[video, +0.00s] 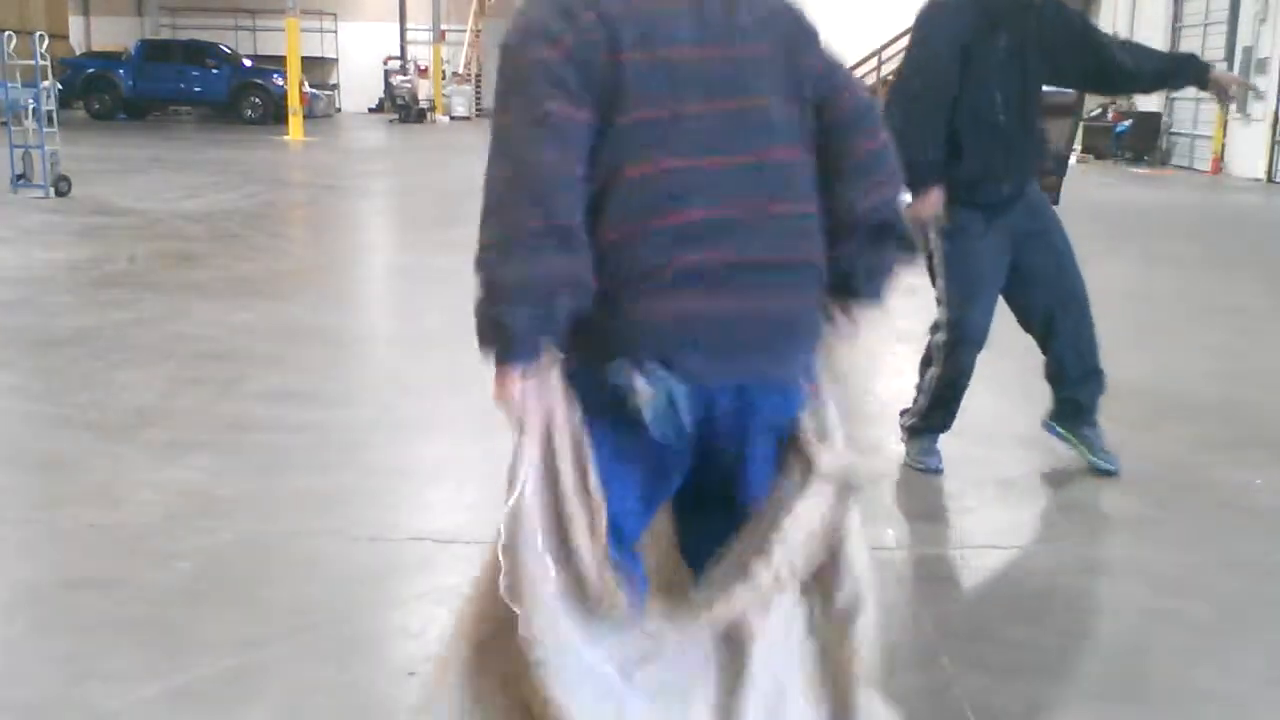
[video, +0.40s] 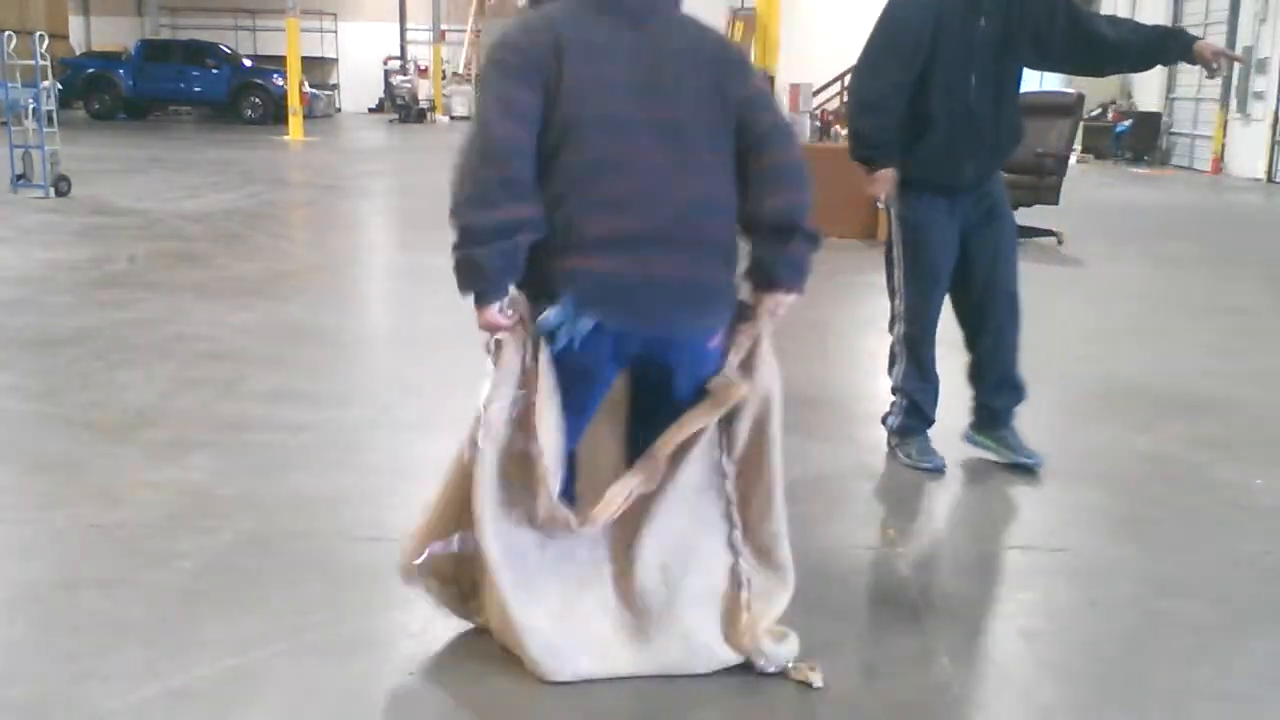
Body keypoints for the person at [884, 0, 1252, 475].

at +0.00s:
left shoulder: (1044, 17)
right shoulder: (949, 15)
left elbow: (1109, 60)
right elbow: (914, 96)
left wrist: (1198, 72)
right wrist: (925, 179)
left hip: (1019, 195)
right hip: (960, 201)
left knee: (1066, 304)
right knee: (964, 327)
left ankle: (1073, 415)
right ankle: (923, 429)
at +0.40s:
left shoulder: (1020, 11)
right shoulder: (920, 9)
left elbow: (1091, 37)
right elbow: (879, 70)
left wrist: (1184, 46)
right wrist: (878, 156)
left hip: (980, 176)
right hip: (920, 176)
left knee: (996, 304)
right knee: (916, 312)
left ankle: (992, 422)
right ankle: (907, 428)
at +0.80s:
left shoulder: (1039, 9)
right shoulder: (933, 8)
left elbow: (1062, 65)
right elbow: (885, 72)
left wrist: (1103, 75)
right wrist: (880, 158)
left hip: (1000, 183)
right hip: (939, 180)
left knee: (995, 308)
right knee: (928, 311)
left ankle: (961, 420)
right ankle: (908, 426)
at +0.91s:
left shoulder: (1047, 14)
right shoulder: (949, 8)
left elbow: (1039, 84)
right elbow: (902, 71)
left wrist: (1075, 98)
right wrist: (909, 162)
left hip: (1011, 187)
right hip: (952, 185)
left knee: (1017, 312)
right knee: (935, 315)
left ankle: (997, 425)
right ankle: (908, 428)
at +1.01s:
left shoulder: (1054, 11)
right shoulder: (973, 8)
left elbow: (1034, 80)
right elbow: (924, 78)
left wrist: (1068, 113)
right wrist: (949, 162)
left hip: (1025, 193)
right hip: (968, 189)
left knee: (1041, 314)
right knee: (941, 316)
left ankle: (1042, 432)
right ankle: (909, 429)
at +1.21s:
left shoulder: (1087, 17)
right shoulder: (1034, 12)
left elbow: (1069, 98)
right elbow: (1004, 90)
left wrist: (1108, 122)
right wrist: (1052, 161)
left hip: (1070, 204)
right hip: (1016, 200)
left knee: (1090, 321)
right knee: (986, 321)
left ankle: (1074, 437)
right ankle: (914, 420)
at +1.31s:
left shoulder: (1106, 13)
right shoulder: (1066, 10)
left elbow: (1098, 87)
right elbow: (1049, 85)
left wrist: (1136, 113)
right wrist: (1109, 143)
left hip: (1090, 191)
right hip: (1044, 187)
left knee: (1098, 321)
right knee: (1028, 317)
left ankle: (1074, 438)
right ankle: (936, 408)